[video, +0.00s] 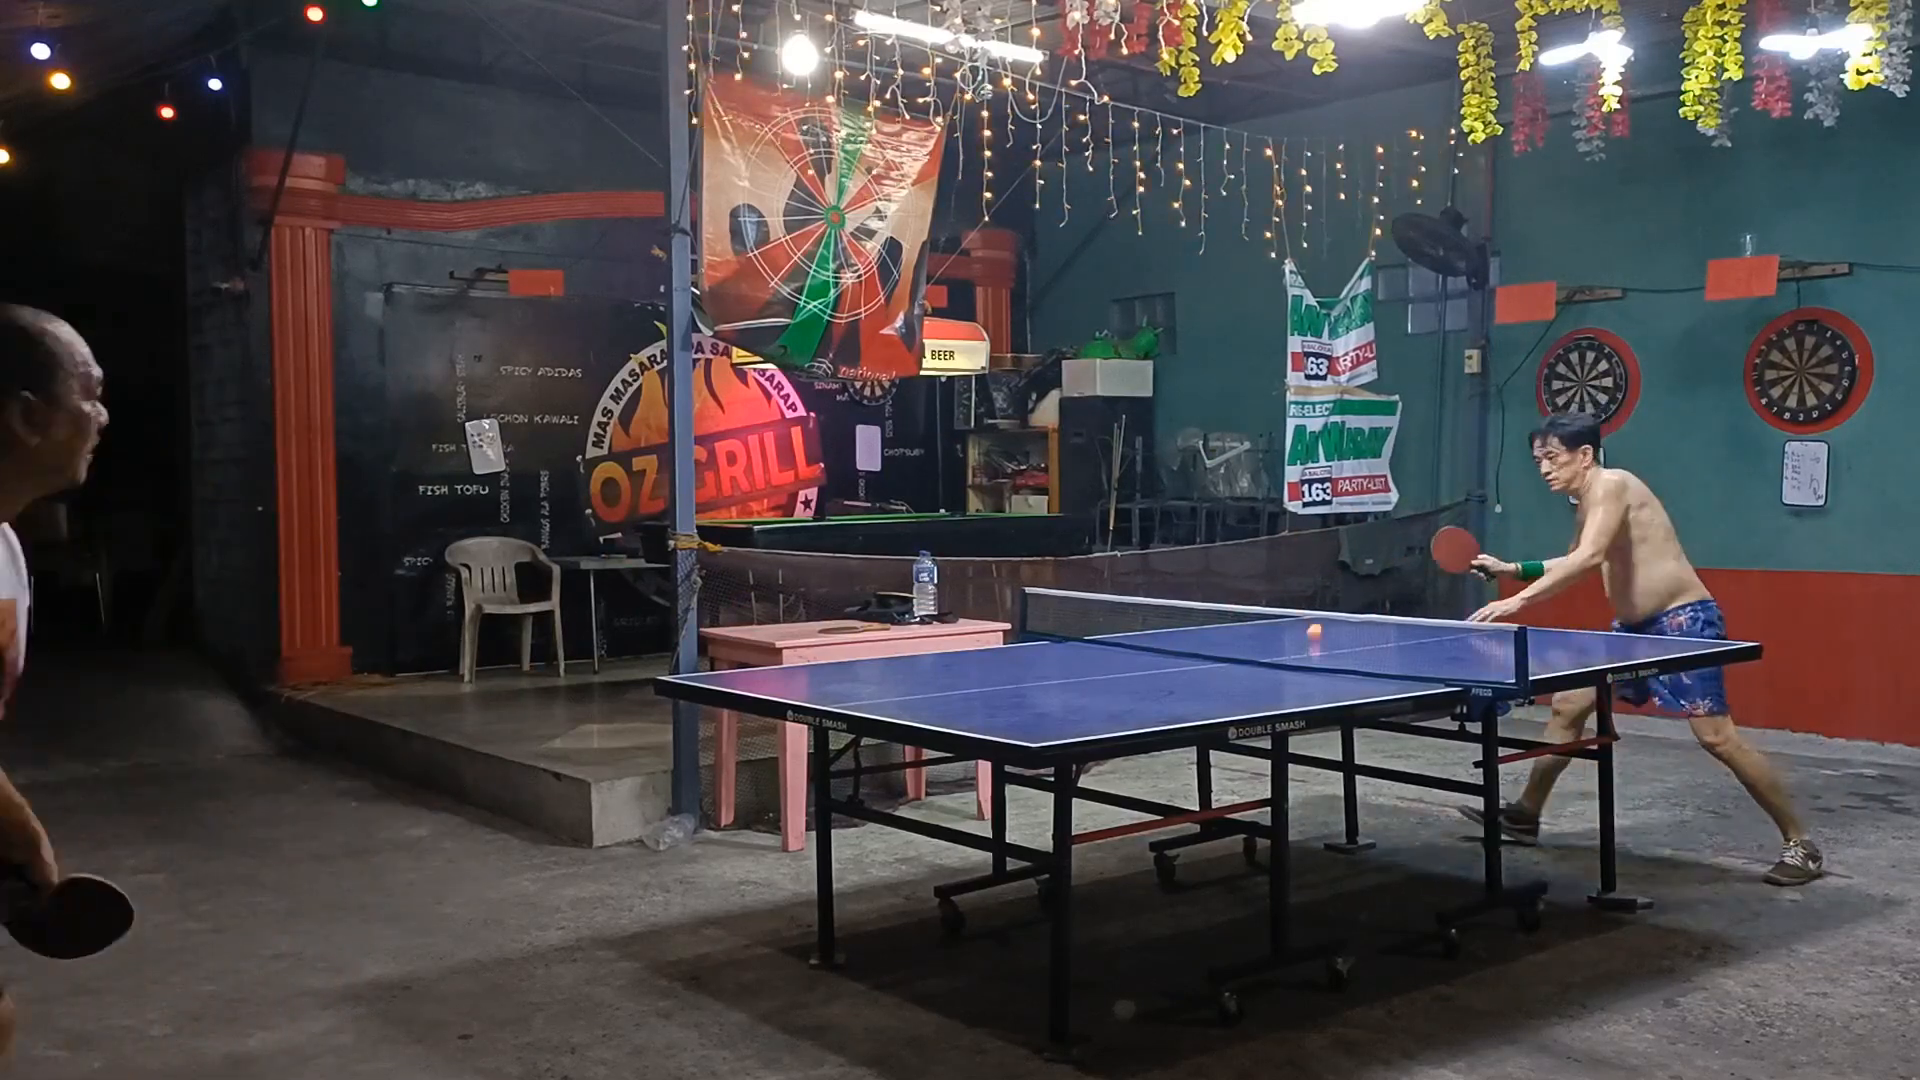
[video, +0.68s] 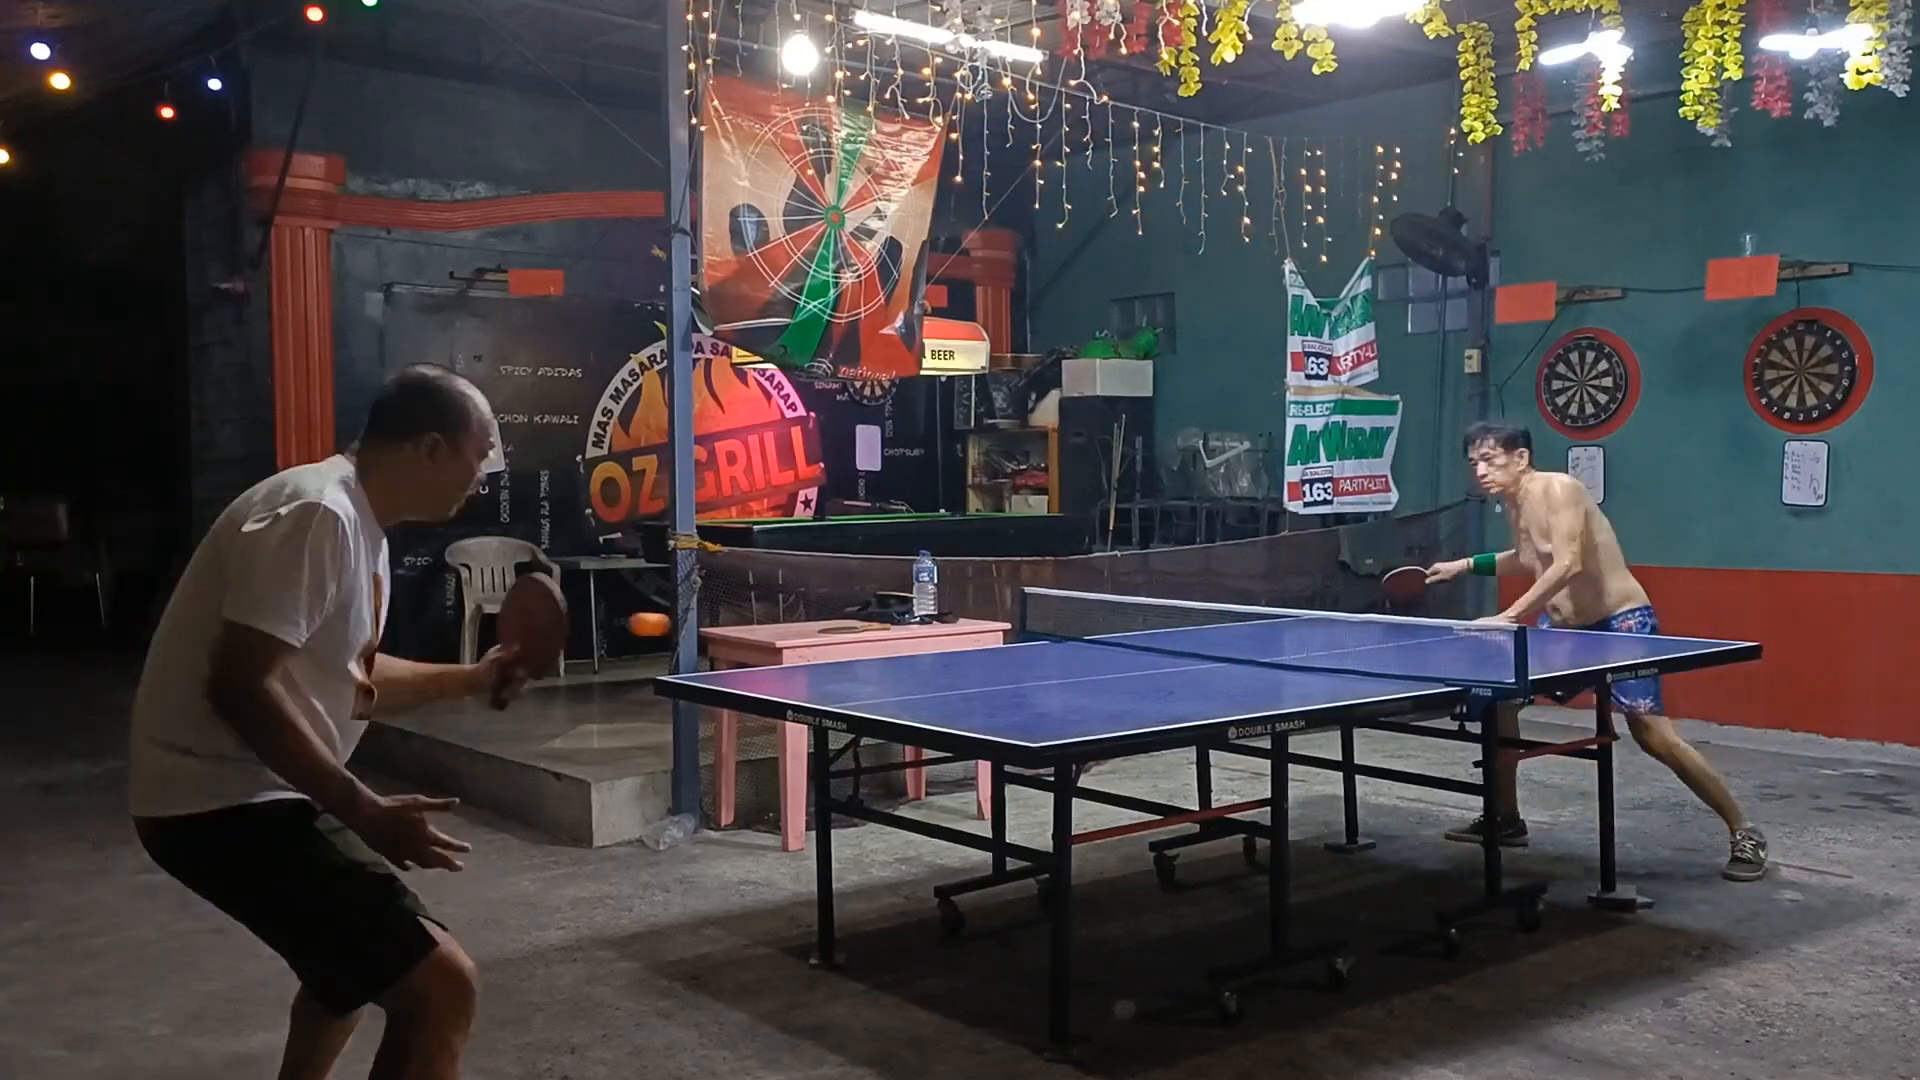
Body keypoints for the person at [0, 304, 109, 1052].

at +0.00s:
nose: (102, 419)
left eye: (98, 397)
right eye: (89, 397)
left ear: (32, 416)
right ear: (26, 415)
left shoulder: (12, 553)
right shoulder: (5, 557)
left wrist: (25, 835)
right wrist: (25, 833)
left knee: (1, 1021)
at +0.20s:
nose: (203, 351)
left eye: (199, 332)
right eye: (189, 332)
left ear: (134, 354)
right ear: (139, 353)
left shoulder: (66, 449)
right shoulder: (69, 467)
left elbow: (40, 661)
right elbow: (6, 645)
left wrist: (110, 800)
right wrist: (67, 826)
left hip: (58, 833)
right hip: (34, 843)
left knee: (103, 994)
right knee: (48, 1039)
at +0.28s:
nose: (255, 328)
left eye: (253, 309)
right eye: (246, 307)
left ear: (183, 322)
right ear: (198, 320)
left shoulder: (114, 415)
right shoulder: (130, 423)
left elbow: (95, 614)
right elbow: (58, 597)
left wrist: (191, 751)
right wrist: (175, 767)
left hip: (88, 769)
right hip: (79, 776)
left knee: (144, 1017)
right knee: (194, 1028)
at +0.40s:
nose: (313, 352)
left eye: (311, 333)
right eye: (305, 332)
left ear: (245, 346)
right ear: (260, 346)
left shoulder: (181, 438)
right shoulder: (189, 447)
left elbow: (178, 634)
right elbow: (132, 623)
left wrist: (277, 749)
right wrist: (266, 775)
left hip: (137, 771)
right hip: (135, 780)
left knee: (249, 974)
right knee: (339, 997)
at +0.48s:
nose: (370, 417)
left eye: (368, 399)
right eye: (361, 398)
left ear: (307, 413)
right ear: (316, 411)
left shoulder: (248, 503)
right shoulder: (245, 515)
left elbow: (256, 690)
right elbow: (213, 700)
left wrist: (349, 786)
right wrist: (348, 826)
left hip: (211, 809)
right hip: (200, 823)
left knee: (324, 961)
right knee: (440, 993)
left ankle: (281, 1077)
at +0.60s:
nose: (433, 465)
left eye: (435, 447)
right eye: (429, 445)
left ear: (362, 440)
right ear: (380, 443)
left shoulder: (299, 523)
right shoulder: (288, 531)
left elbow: (323, 703)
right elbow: (254, 714)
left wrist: (434, 754)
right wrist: (384, 830)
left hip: (239, 813)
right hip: (222, 826)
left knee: (350, 949)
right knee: (460, 991)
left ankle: (293, 1072)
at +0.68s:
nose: (477, 483)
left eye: (483, 466)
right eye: (477, 462)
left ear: (421, 448)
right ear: (430, 450)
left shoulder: (362, 526)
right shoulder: (315, 513)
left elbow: (356, 682)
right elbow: (237, 683)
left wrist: (477, 678)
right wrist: (364, 808)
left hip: (269, 789)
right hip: (215, 800)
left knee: (346, 963)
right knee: (442, 988)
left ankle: (301, 1072)